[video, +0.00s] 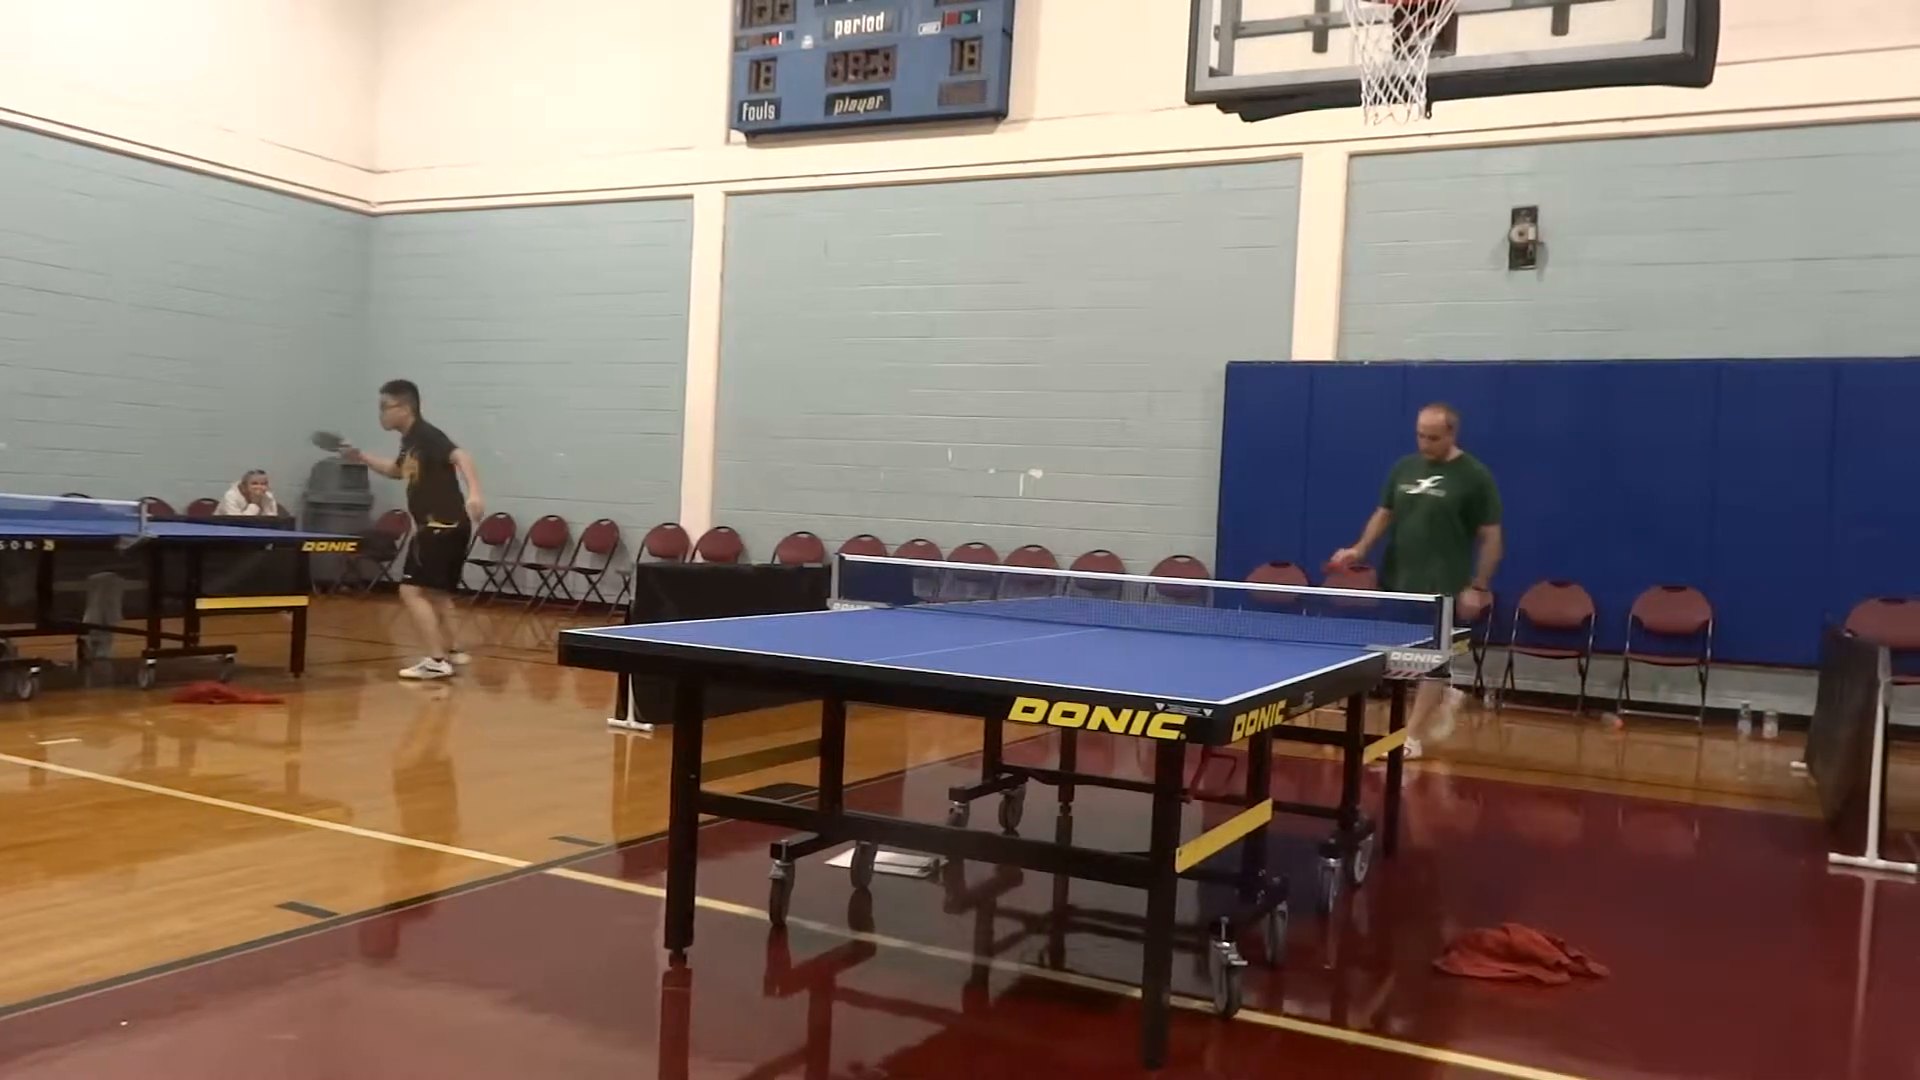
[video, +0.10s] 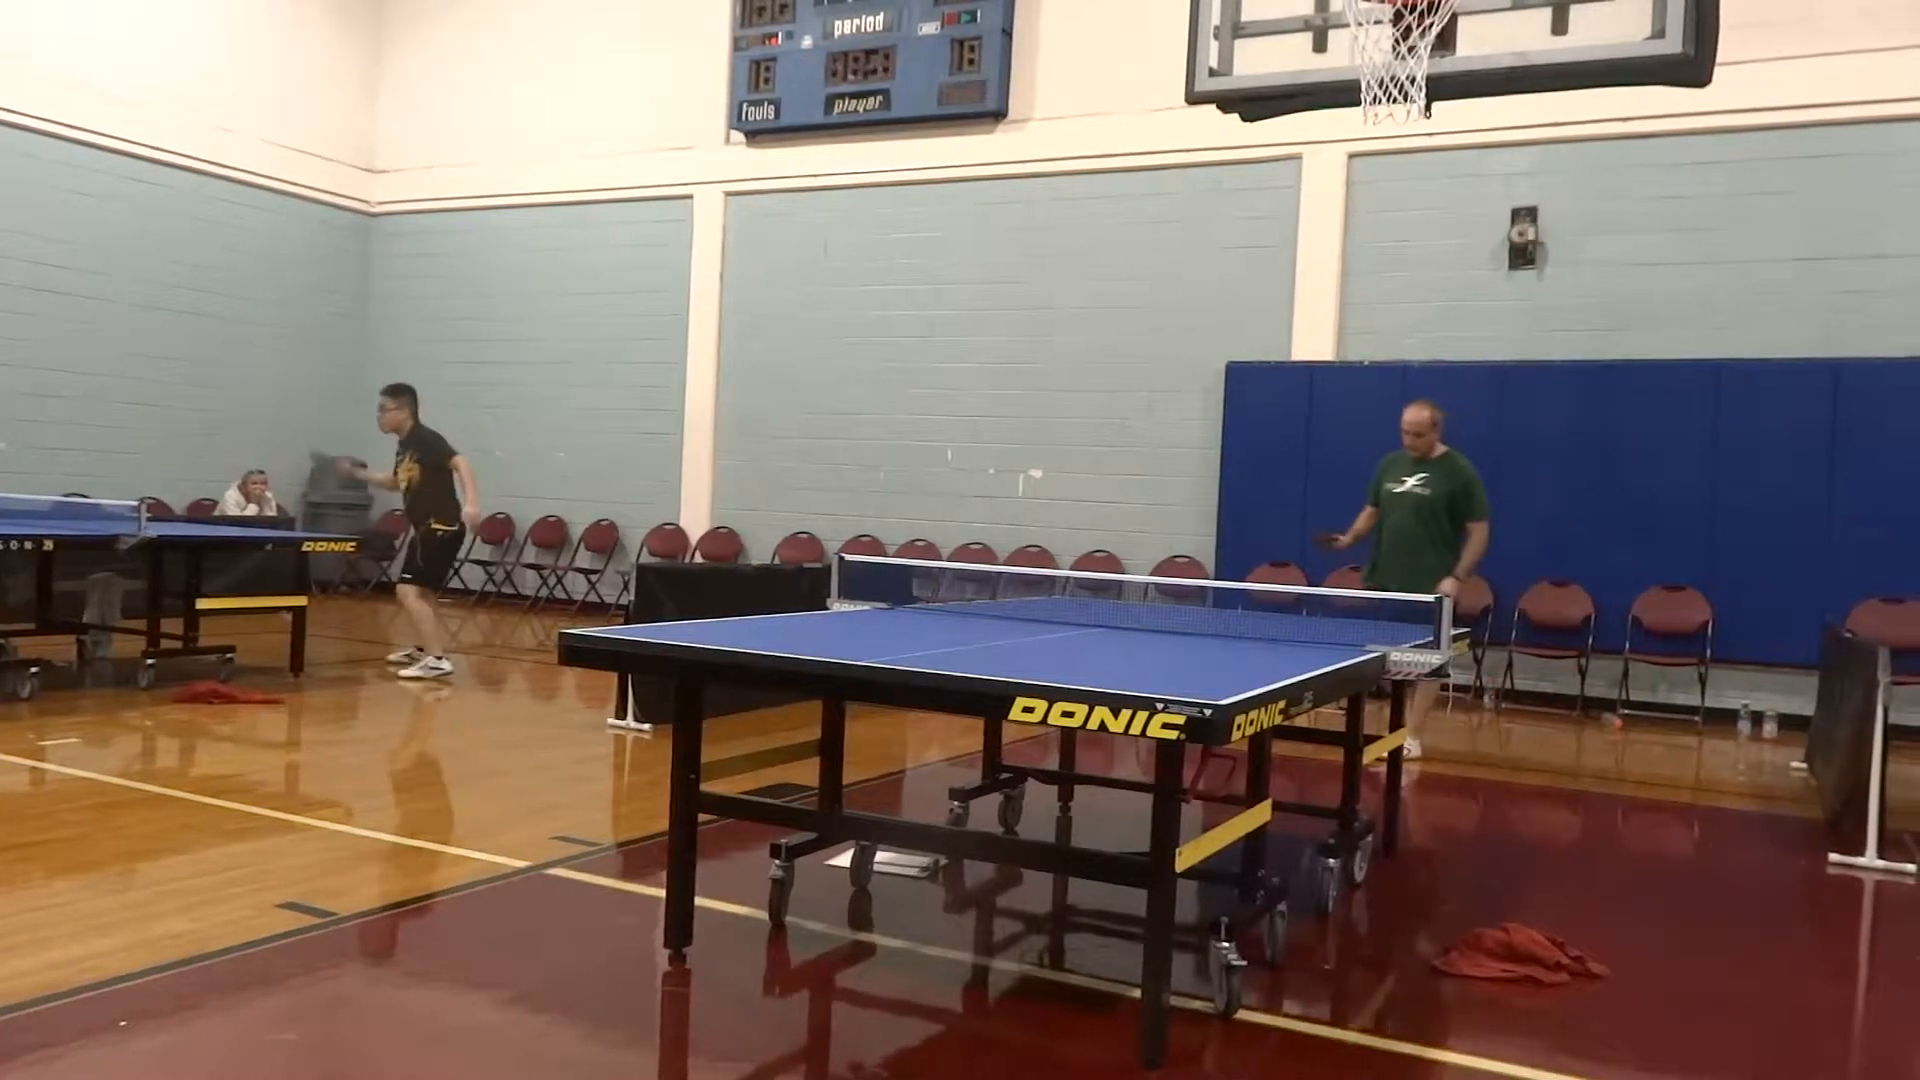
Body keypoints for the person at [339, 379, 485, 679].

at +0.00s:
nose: (381, 412)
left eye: (386, 407)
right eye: (381, 406)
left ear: (406, 408)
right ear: (400, 408)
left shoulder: (427, 434)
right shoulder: (410, 439)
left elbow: (460, 457)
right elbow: (398, 471)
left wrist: (475, 494)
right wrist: (363, 458)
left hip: (441, 525)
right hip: (438, 525)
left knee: (410, 590)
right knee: (438, 592)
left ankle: (438, 659)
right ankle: (453, 651)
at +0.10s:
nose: (379, 415)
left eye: (385, 409)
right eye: (380, 409)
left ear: (405, 411)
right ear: (397, 412)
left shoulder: (425, 437)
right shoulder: (405, 444)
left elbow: (461, 464)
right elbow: (397, 482)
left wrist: (471, 504)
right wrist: (359, 474)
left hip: (439, 526)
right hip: (426, 526)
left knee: (407, 589)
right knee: (419, 592)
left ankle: (436, 658)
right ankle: (424, 649)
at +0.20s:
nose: (380, 421)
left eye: (385, 416)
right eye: (380, 415)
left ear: (405, 418)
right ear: (394, 419)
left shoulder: (426, 445)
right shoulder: (402, 453)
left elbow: (460, 475)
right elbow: (396, 493)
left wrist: (457, 518)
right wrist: (358, 495)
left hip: (434, 532)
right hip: (417, 532)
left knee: (406, 591)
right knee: (409, 593)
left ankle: (437, 658)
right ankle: (420, 650)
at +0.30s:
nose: (380, 417)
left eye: (386, 411)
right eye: (380, 411)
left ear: (405, 413)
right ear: (392, 415)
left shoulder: (427, 441)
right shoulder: (400, 450)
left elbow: (457, 476)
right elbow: (398, 491)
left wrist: (439, 515)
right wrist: (366, 501)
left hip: (438, 525)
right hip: (418, 525)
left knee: (411, 585)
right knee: (402, 585)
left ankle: (436, 658)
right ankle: (419, 649)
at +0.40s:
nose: (380, 411)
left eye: (386, 405)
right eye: (380, 405)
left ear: (406, 407)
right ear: (394, 408)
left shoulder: (426, 434)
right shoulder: (402, 441)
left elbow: (451, 468)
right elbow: (400, 484)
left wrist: (424, 504)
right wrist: (371, 492)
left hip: (439, 520)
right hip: (420, 518)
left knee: (419, 582)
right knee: (408, 583)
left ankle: (436, 654)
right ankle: (419, 647)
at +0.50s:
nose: (381, 414)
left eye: (386, 408)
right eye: (381, 408)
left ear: (406, 410)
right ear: (397, 411)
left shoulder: (423, 437)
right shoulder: (405, 443)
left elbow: (440, 473)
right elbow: (403, 487)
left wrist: (407, 503)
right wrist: (369, 491)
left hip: (440, 524)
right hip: (423, 523)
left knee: (422, 582)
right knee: (406, 581)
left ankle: (442, 655)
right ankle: (428, 648)